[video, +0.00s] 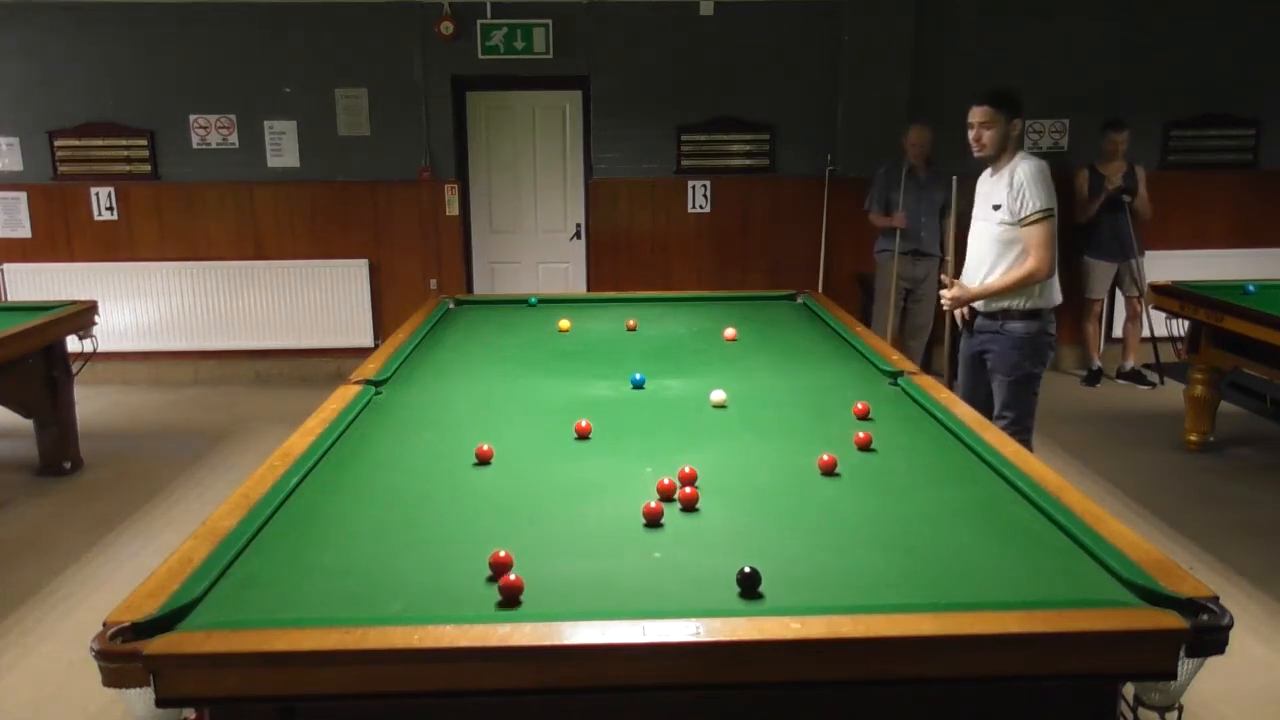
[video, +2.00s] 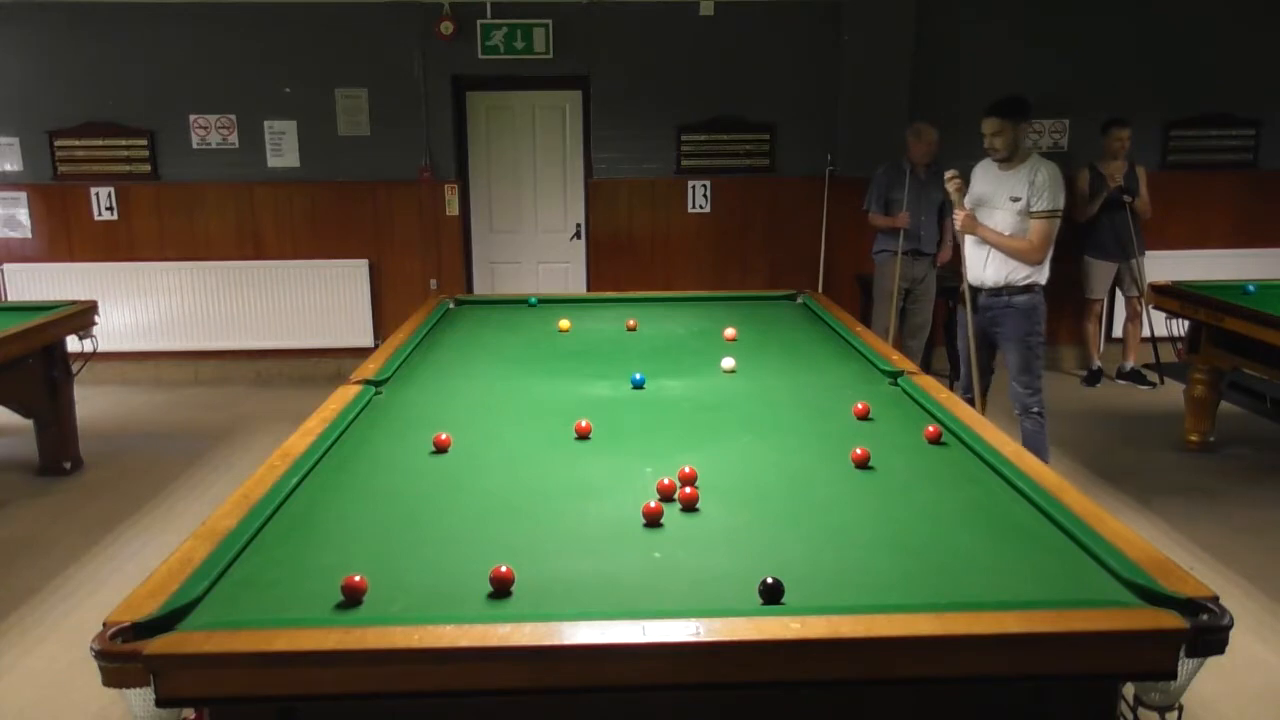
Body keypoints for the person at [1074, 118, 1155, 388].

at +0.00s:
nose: (1117, 148)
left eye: (1121, 143)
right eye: (1112, 143)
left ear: (1127, 143)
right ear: (1102, 142)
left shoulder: (1135, 172)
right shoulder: (1086, 174)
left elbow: (1146, 213)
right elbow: (1081, 215)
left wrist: (1133, 194)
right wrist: (1105, 192)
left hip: (1130, 251)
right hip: (1098, 251)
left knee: (1135, 310)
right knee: (1093, 309)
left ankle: (1128, 366)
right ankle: (1094, 364)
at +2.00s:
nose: (1124, 145)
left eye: (1127, 140)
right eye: (1118, 140)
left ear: (1130, 142)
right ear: (1104, 141)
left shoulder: (1136, 171)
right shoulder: (1087, 173)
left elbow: (1146, 211)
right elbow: (1080, 214)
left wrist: (1130, 196)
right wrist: (1105, 191)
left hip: (1131, 251)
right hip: (1099, 251)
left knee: (1135, 310)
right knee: (1093, 309)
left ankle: (1128, 366)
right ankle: (1094, 365)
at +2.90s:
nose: (1118, 142)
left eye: (1122, 137)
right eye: (1113, 137)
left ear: (1129, 140)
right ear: (1105, 140)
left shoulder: (1138, 170)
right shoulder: (1089, 172)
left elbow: (1146, 211)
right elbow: (1083, 214)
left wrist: (1129, 195)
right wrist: (1106, 191)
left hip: (1132, 250)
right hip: (1099, 250)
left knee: (1136, 309)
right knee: (1094, 310)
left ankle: (1128, 366)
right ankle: (1094, 365)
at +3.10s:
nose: (1120, 144)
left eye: (1124, 139)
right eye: (1115, 139)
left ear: (1130, 141)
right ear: (1106, 140)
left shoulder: (1138, 171)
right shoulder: (1089, 173)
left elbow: (1146, 211)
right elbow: (1083, 214)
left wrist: (1129, 195)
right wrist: (1106, 190)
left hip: (1132, 250)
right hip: (1100, 250)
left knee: (1136, 309)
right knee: (1094, 309)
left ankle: (1128, 366)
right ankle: (1094, 365)